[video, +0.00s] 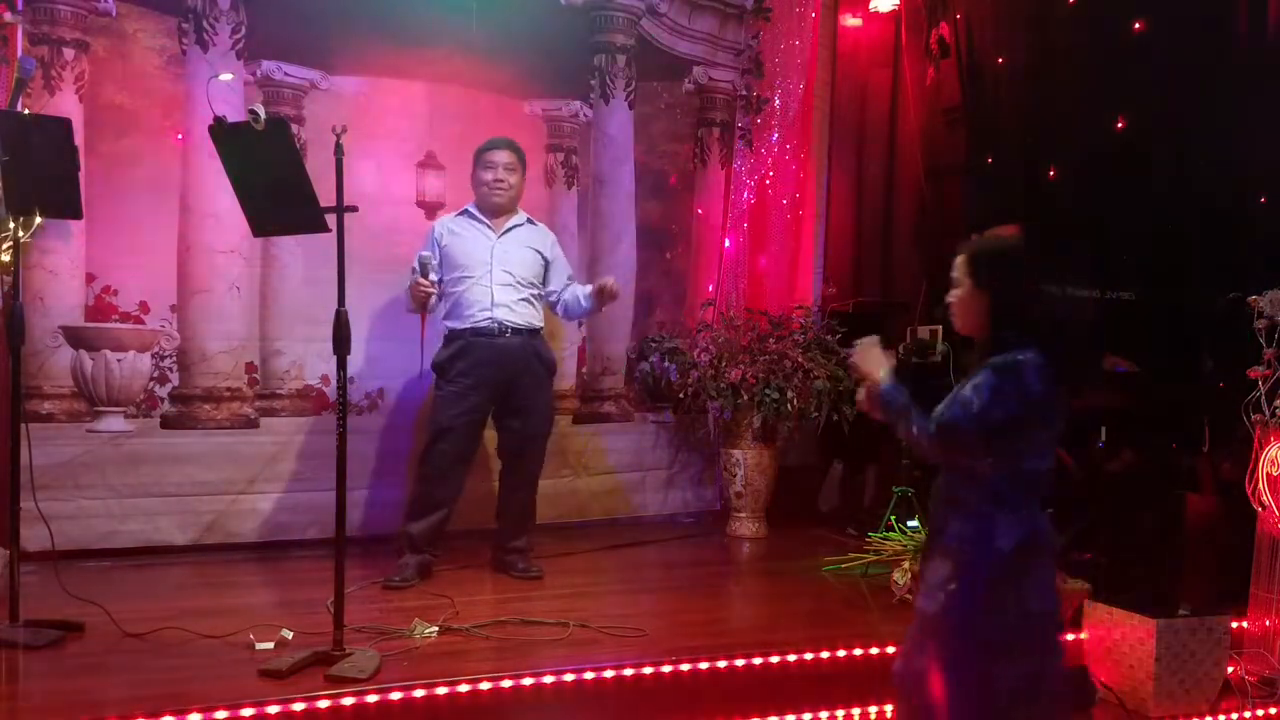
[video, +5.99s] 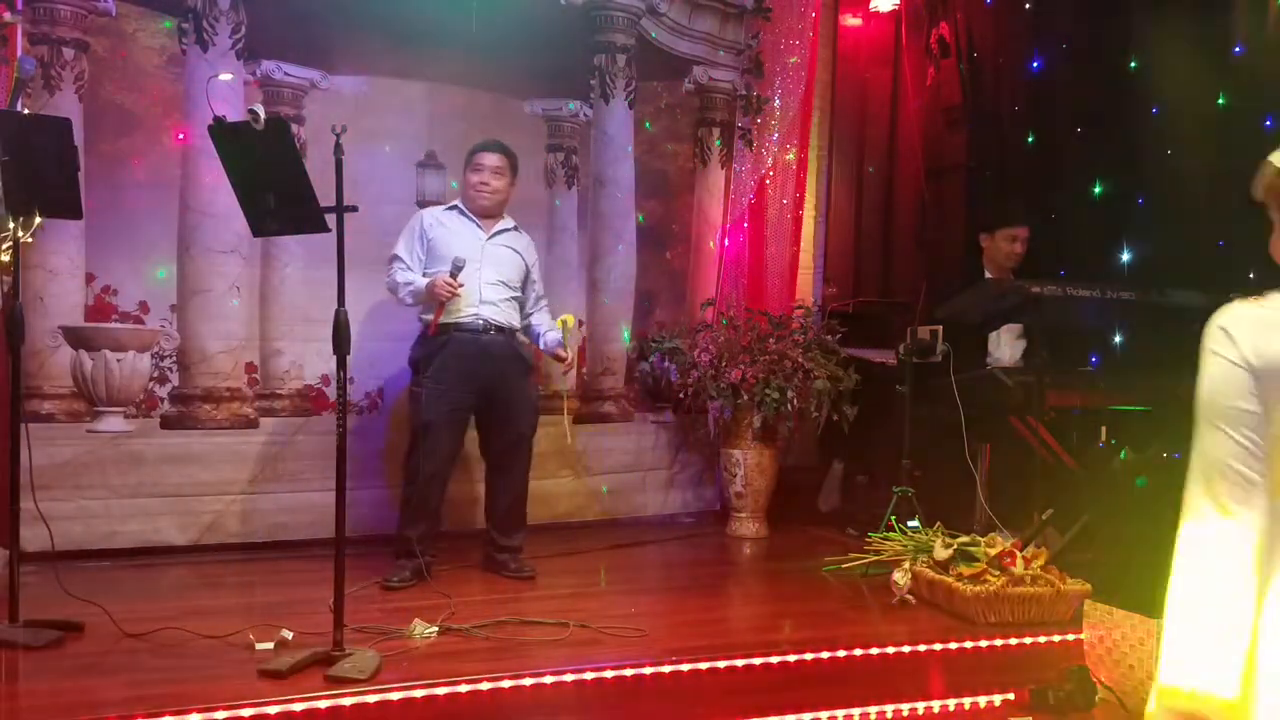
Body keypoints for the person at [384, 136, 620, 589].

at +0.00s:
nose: (498, 176)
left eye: (509, 169)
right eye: (488, 168)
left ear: (523, 181)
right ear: (473, 176)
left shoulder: (541, 236)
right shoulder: (445, 229)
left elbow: (564, 299)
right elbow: (419, 294)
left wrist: (593, 294)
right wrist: (418, 293)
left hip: (527, 353)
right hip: (467, 352)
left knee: (524, 456)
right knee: (446, 448)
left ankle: (513, 549)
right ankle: (417, 552)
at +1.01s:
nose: (487, 183)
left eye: (493, 177)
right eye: (478, 172)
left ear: (497, 184)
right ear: (448, 174)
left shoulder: (501, 241)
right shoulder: (410, 222)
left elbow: (519, 312)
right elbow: (377, 284)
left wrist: (555, 354)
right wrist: (394, 292)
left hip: (482, 354)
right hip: (424, 352)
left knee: (504, 448)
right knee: (419, 455)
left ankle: (509, 550)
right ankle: (417, 557)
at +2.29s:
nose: (520, 178)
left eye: (530, 170)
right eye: (510, 169)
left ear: (543, 179)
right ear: (492, 177)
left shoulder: (560, 230)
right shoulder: (466, 229)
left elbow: (579, 279)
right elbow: (441, 292)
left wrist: (585, 298)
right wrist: (441, 292)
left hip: (547, 357)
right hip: (484, 359)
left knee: (558, 457)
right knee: (461, 453)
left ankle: (547, 560)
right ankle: (434, 553)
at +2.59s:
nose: (526, 169)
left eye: (537, 161)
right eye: (517, 160)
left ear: (556, 172)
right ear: (503, 169)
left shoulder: (575, 227)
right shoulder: (480, 224)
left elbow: (594, 295)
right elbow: (458, 291)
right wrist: (457, 289)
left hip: (551, 356)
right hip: (490, 356)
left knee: (553, 468)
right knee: (475, 462)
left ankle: (547, 561)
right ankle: (463, 559)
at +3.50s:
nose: (489, 178)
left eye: (497, 170)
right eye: (478, 168)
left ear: (505, 179)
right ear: (455, 174)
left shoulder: (520, 235)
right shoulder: (425, 229)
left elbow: (539, 295)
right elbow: (397, 295)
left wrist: (528, 332)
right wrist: (417, 296)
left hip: (503, 352)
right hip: (446, 353)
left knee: (498, 452)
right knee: (438, 455)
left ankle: (491, 554)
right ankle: (432, 558)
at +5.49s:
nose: (533, 184)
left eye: (541, 178)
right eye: (523, 174)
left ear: (547, 190)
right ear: (499, 179)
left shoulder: (557, 244)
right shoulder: (462, 224)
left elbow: (574, 297)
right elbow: (430, 279)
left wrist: (570, 318)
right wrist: (447, 287)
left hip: (532, 354)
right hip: (475, 350)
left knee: (524, 459)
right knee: (454, 450)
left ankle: (506, 549)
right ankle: (436, 553)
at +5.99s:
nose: (486, 179)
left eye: (497, 172)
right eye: (478, 170)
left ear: (512, 185)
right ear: (463, 178)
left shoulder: (522, 242)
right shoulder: (429, 221)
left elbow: (536, 305)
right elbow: (398, 277)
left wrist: (550, 339)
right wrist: (425, 288)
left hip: (508, 353)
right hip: (448, 350)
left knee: (512, 457)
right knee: (431, 454)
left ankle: (505, 551)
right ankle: (413, 556)